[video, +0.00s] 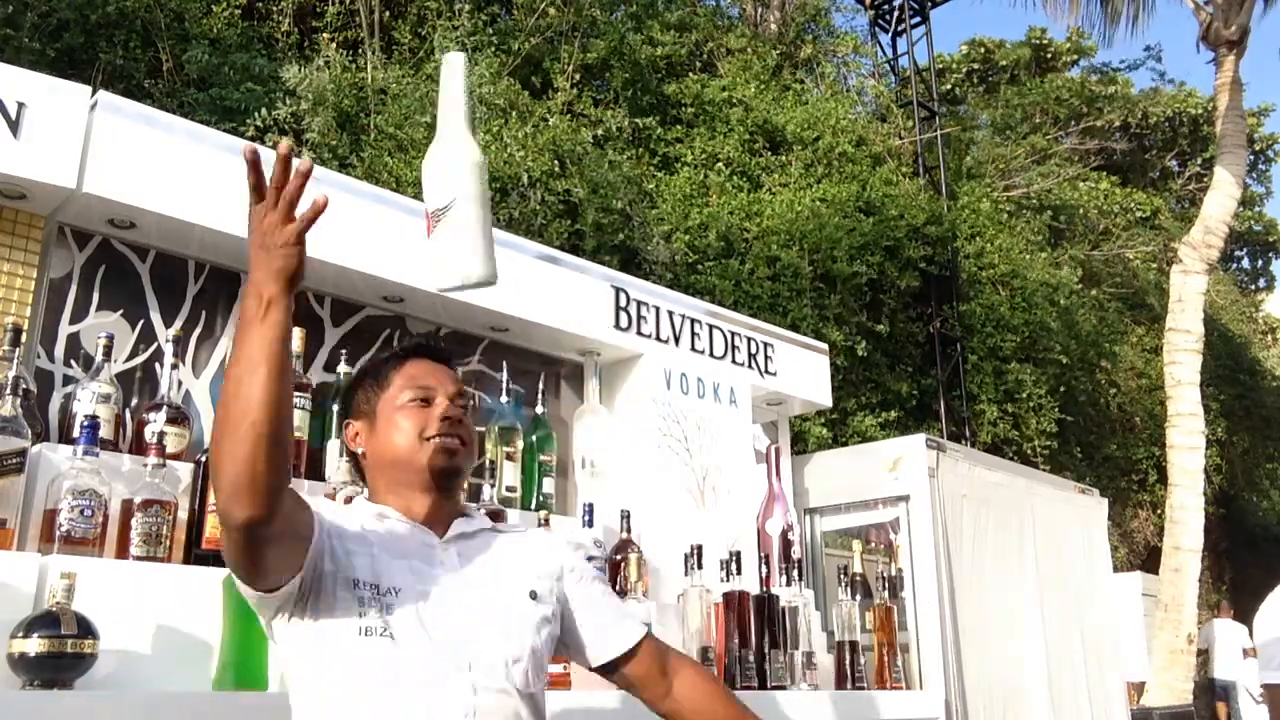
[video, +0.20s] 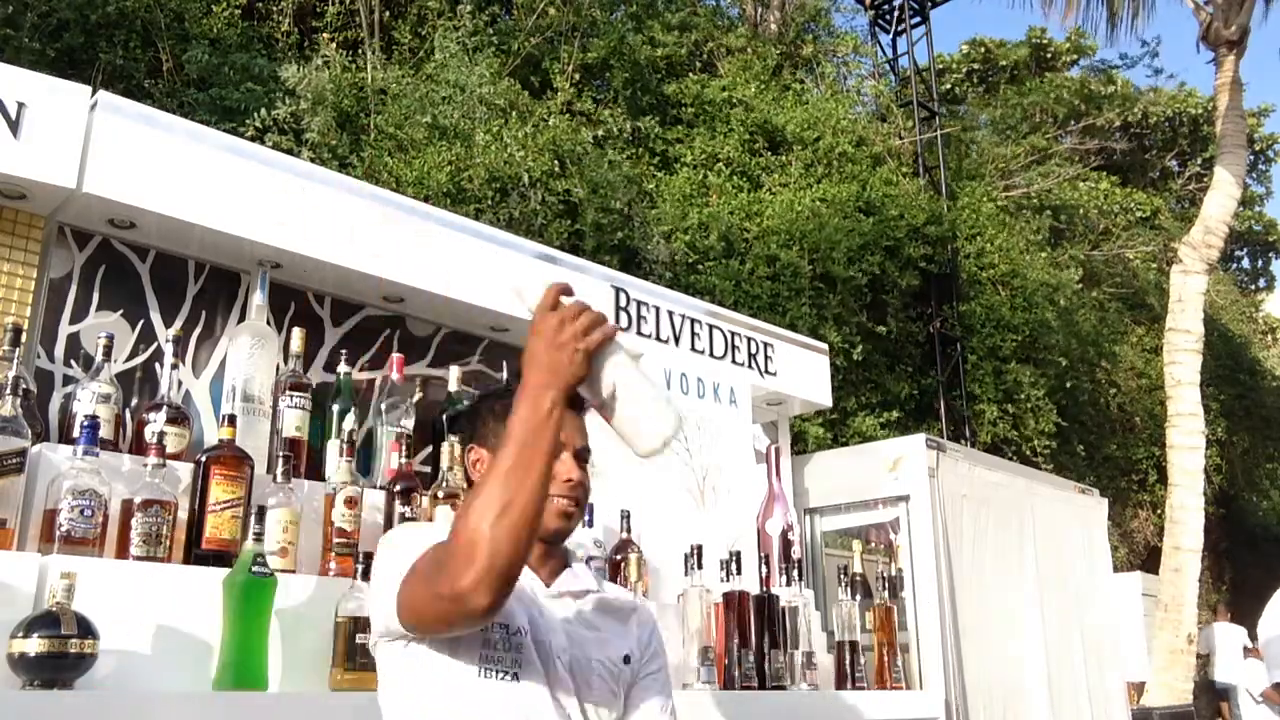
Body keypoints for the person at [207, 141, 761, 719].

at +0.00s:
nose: (451, 412)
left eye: (462, 405)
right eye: (420, 399)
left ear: (476, 439)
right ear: (357, 434)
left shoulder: (539, 560)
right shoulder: (314, 544)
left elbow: (667, 679)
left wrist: (755, 719)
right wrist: (266, 290)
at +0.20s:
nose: (574, 474)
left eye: (581, 457)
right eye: (549, 452)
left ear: (590, 466)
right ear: (480, 466)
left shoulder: (631, 622)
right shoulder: (409, 551)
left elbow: (654, 714)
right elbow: (473, 588)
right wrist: (542, 389)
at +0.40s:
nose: (632, 518)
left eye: (637, 498)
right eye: (606, 496)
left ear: (643, 504)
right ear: (536, 506)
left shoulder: (623, 626)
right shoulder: (503, 618)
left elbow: (654, 704)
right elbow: (582, 713)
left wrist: (793, 709)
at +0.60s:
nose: (582, 512)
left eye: (586, 492)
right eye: (550, 492)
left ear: (595, 495)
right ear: (477, 510)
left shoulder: (580, 631)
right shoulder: (447, 655)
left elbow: (620, 718)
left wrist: (745, 716)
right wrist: (752, 719)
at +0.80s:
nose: (460, 491)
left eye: (476, 469)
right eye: (429, 472)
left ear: (496, 490)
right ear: (375, 499)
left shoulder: (541, 628)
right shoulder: (307, 624)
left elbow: (649, 717)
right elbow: (283, 709)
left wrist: (674, 658)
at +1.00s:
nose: (403, 474)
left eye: (422, 458)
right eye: (373, 465)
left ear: (456, 491)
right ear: (335, 513)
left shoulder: (498, 589)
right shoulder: (286, 623)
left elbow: (543, 623)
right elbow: (225, 712)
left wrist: (316, 587)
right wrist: (162, 710)